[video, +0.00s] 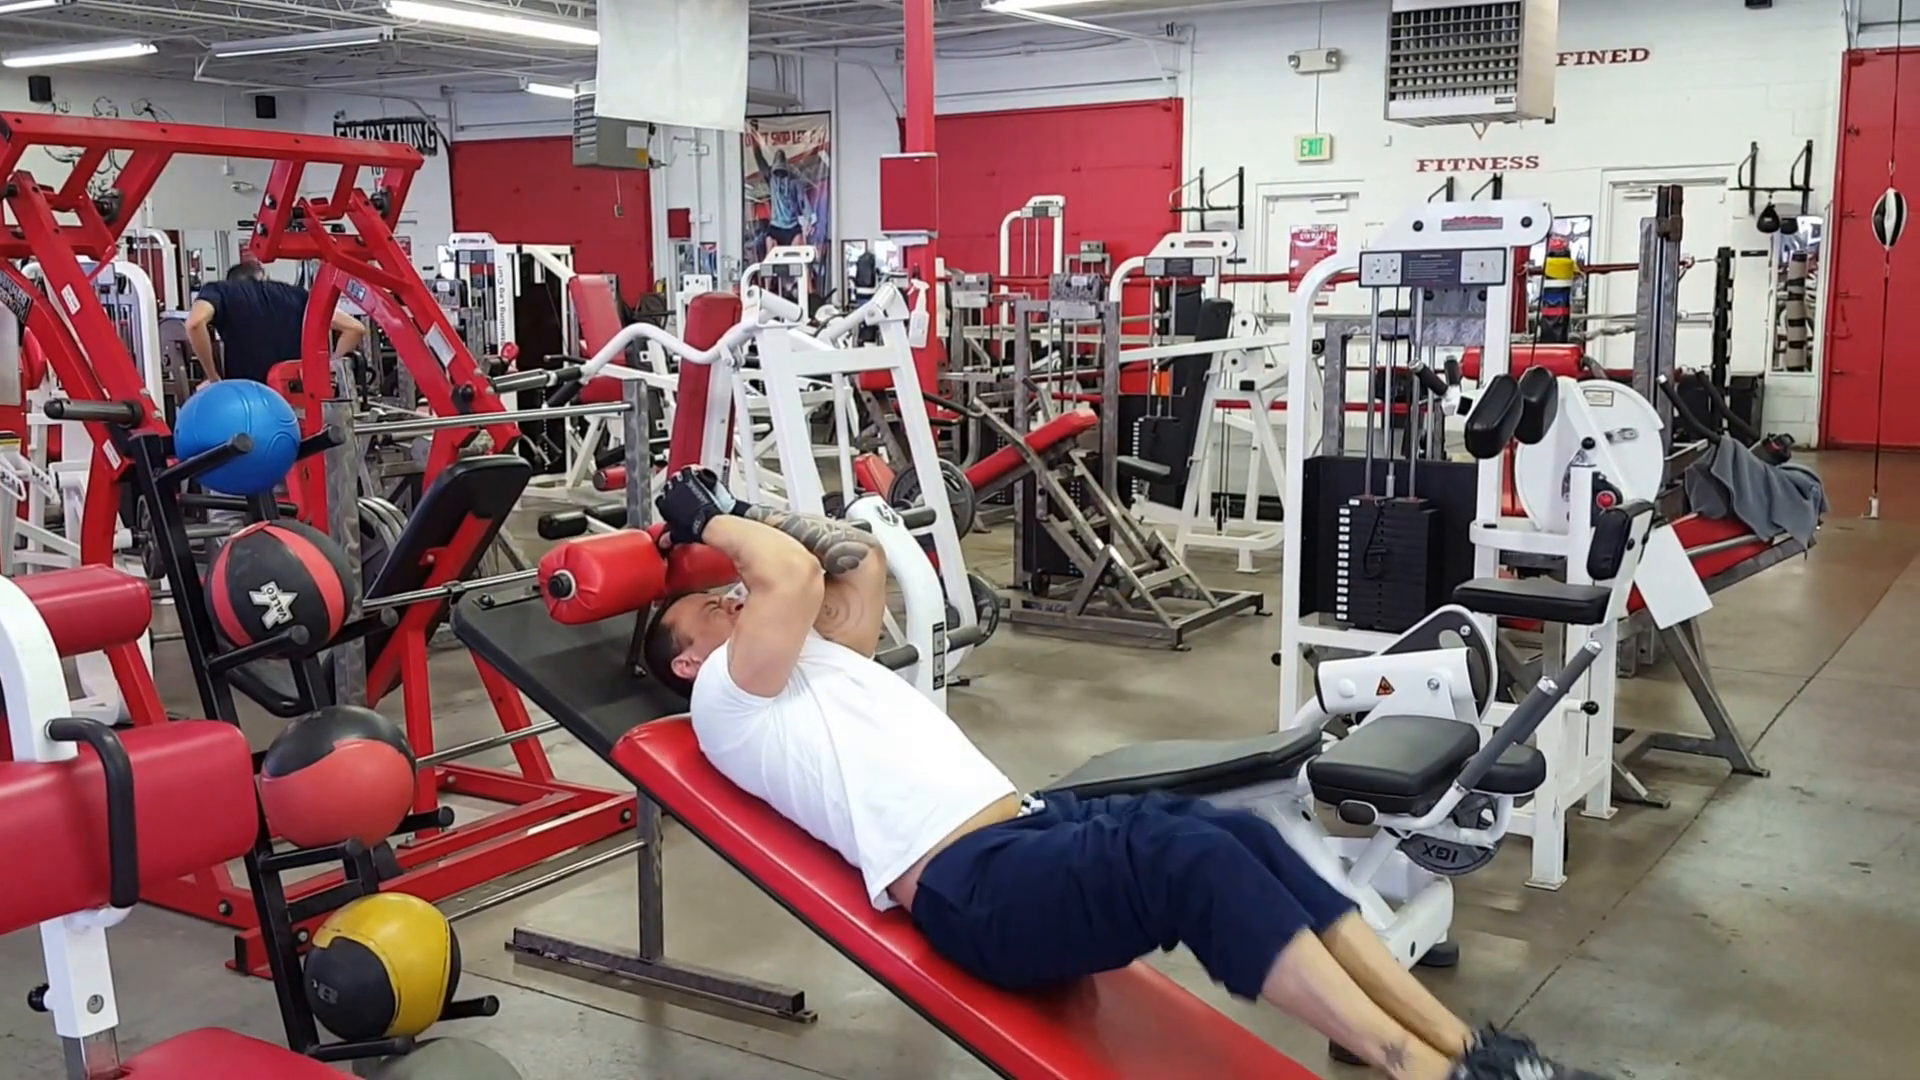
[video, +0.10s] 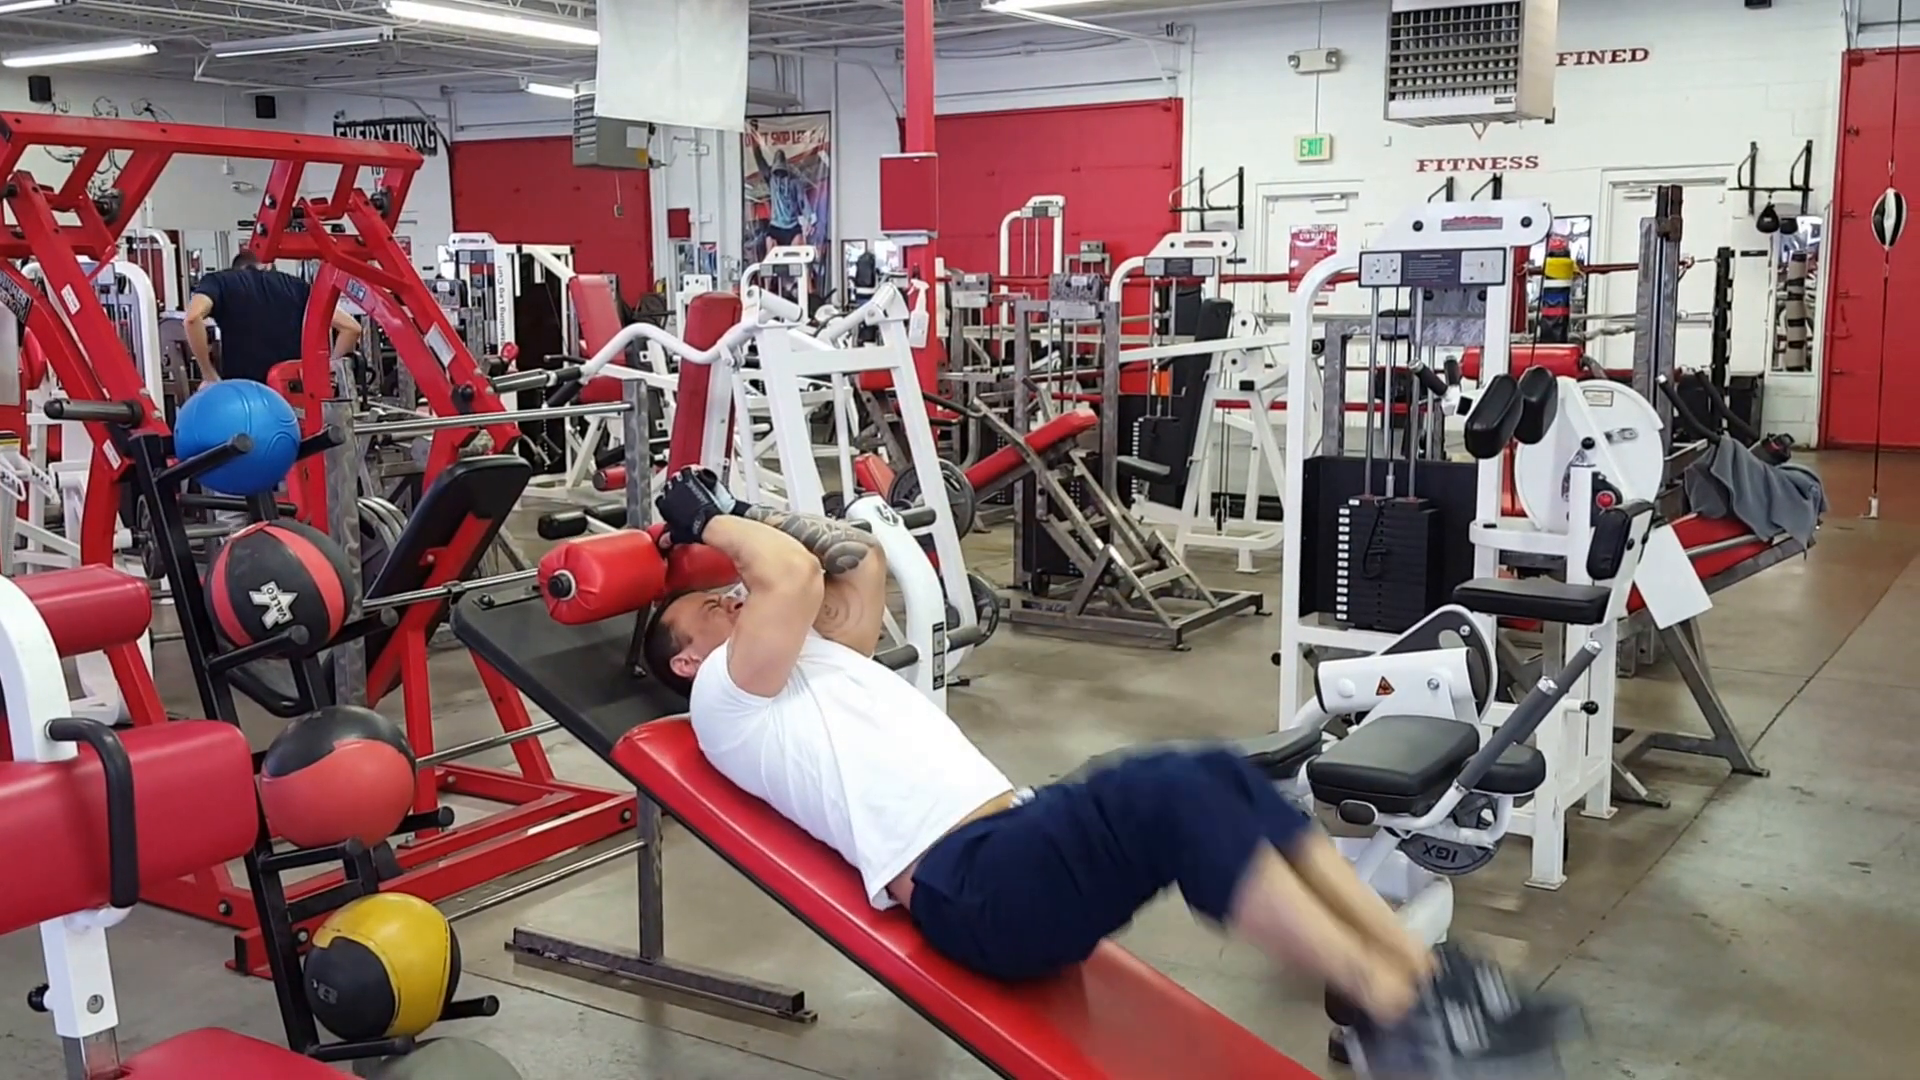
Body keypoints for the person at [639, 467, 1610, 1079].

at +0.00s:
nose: (735, 601)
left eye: (728, 593)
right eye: (710, 603)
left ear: (740, 610)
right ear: (684, 644)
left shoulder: (827, 665)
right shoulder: (722, 698)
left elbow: (868, 561)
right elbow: (790, 572)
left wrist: (765, 546)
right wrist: (709, 528)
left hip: (1041, 821)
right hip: (968, 874)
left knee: (1248, 838)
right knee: (1194, 854)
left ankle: (1454, 1042)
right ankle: (1397, 1059)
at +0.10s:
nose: (733, 602)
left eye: (725, 595)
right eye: (707, 606)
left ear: (738, 613)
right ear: (684, 646)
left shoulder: (825, 664)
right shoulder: (722, 698)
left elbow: (869, 562)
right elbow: (786, 571)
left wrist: (760, 541)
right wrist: (703, 528)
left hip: (1022, 837)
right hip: (962, 882)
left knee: (1232, 774)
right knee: (1176, 793)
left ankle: (1433, 984)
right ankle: (1387, 1014)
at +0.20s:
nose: (725, 603)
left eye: (716, 597)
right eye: (702, 607)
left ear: (722, 621)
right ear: (682, 655)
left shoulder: (818, 655)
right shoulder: (720, 702)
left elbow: (866, 559)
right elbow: (792, 569)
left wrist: (770, 527)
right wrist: (713, 525)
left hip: (1013, 838)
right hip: (958, 879)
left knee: (1156, 678)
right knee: (1103, 711)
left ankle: (1362, 829)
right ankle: (1325, 837)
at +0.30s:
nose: (708, 600)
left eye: (698, 596)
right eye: (690, 605)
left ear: (712, 620)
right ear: (678, 649)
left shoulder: (812, 653)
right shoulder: (714, 693)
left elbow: (867, 560)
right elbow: (788, 566)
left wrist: (797, 540)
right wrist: (704, 520)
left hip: (1005, 832)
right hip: (947, 871)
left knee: (1053, 618)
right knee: (1016, 640)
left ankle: (1269, 643)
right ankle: (1251, 660)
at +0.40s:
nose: (725, 605)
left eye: (720, 597)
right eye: (701, 608)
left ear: (742, 603)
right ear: (671, 660)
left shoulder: (805, 656)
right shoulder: (707, 694)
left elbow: (863, 562)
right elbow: (785, 573)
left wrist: (756, 529)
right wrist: (711, 521)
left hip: (1025, 816)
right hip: (962, 840)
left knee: (970, 595)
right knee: (942, 600)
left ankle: (1163, 502)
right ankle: (1155, 500)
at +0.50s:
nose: (724, 608)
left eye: (716, 600)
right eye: (701, 611)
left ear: (730, 607)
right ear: (673, 660)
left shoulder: (802, 657)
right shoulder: (701, 689)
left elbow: (846, 593)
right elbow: (784, 574)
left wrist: (752, 526)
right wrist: (709, 518)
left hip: (1037, 761)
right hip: (970, 791)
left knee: (935, 554)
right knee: (894, 557)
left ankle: (1082, 399)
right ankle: (1064, 395)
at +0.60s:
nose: (715, 605)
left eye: (708, 600)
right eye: (694, 612)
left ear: (721, 604)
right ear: (671, 663)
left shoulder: (786, 669)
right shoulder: (702, 695)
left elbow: (841, 610)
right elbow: (783, 574)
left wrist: (768, 553)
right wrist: (709, 519)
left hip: (1031, 713)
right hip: (967, 744)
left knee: (940, 508)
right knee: (874, 506)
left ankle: (1013, 306)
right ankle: (997, 296)